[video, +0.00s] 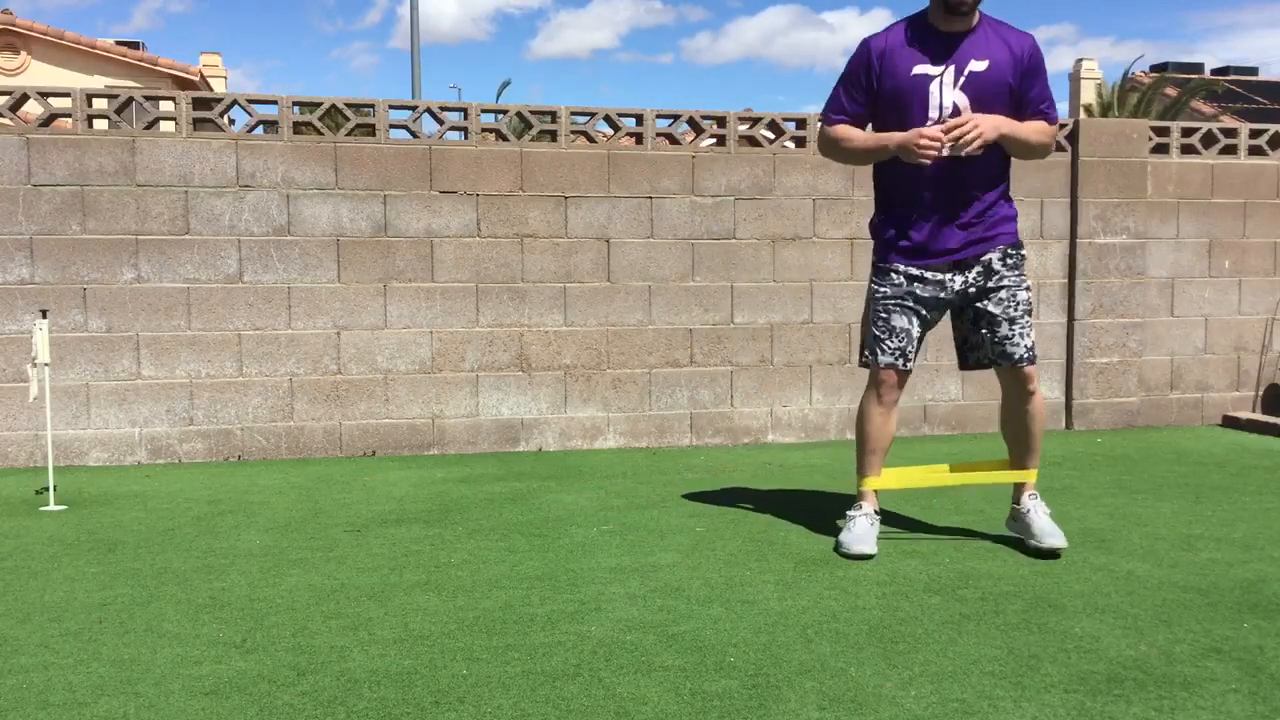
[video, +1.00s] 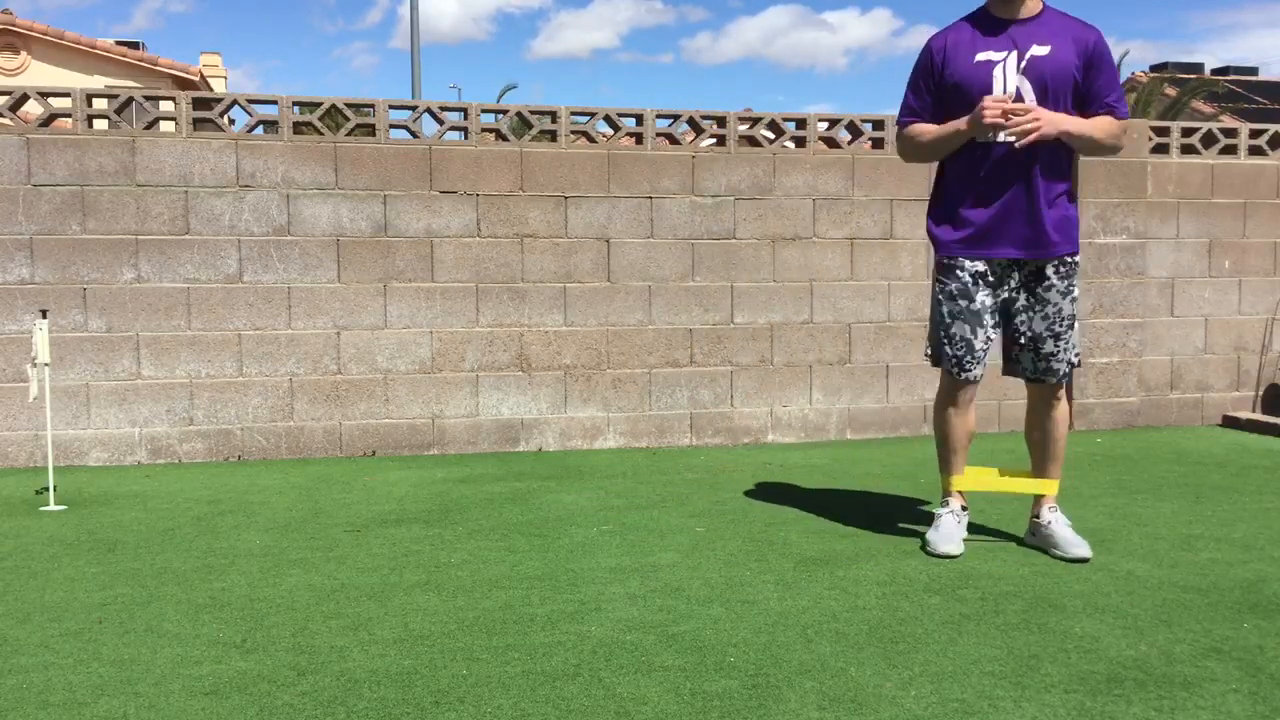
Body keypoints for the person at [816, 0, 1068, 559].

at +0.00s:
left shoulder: (1018, 48)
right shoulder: (880, 50)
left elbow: (1043, 140)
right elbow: (830, 137)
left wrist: (999, 125)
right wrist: (895, 142)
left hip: (990, 244)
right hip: (905, 248)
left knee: (1023, 374)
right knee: (885, 376)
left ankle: (1027, 502)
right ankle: (865, 507)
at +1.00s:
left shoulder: (1083, 41)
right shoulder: (946, 45)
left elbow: (1113, 133)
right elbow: (909, 144)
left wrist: (1057, 122)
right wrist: (969, 125)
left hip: (1050, 240)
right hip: (967, 240)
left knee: (1051, 379)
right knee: (960, 375)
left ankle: (1046, 513)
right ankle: (952, 507)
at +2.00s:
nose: (1037, 30)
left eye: (1049, 18)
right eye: (1023, 17)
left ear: (1063, 21)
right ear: (999, 19)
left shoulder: (1090, 90)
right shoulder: (957, 91)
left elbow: (1112, 186)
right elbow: (941, 190)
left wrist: (1056, 115)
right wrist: (1013, 123)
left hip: (1042, 268)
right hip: (958, 265)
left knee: (1072, 388)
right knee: (934, 374)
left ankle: (1073, 512)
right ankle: (903, 502)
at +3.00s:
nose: (843, 37)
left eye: (856, 26)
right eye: (830, 25)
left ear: (872, 23)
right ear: (812, 24)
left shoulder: (903, 92)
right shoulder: (775, 93)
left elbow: (911, 186)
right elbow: (770, 191)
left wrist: (859, 111)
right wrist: (827, 117)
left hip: (870, 267)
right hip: (789, 265)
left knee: (890, 384)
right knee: (760, 379)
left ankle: (885, 509)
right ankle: (745, 506)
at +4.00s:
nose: (604, 46)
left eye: (616, 34)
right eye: (592, 33)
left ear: (637, 24)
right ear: (577, 24)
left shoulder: (672, 94)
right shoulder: (548, 95)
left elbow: (676, 190)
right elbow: (541, 198)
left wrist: (622, 118)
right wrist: (589, 123)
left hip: (657, 265)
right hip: (578, 266)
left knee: (678, 382)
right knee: (544, 384)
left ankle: (694, 505)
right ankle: (534, 505)